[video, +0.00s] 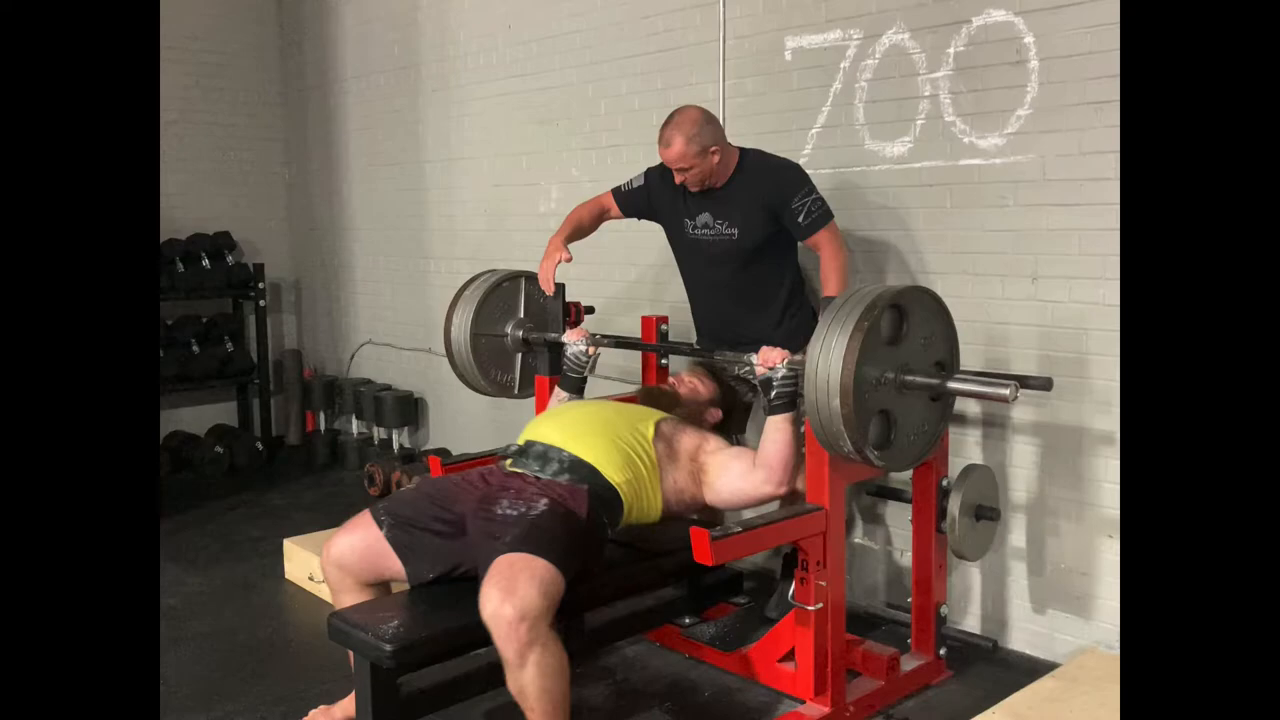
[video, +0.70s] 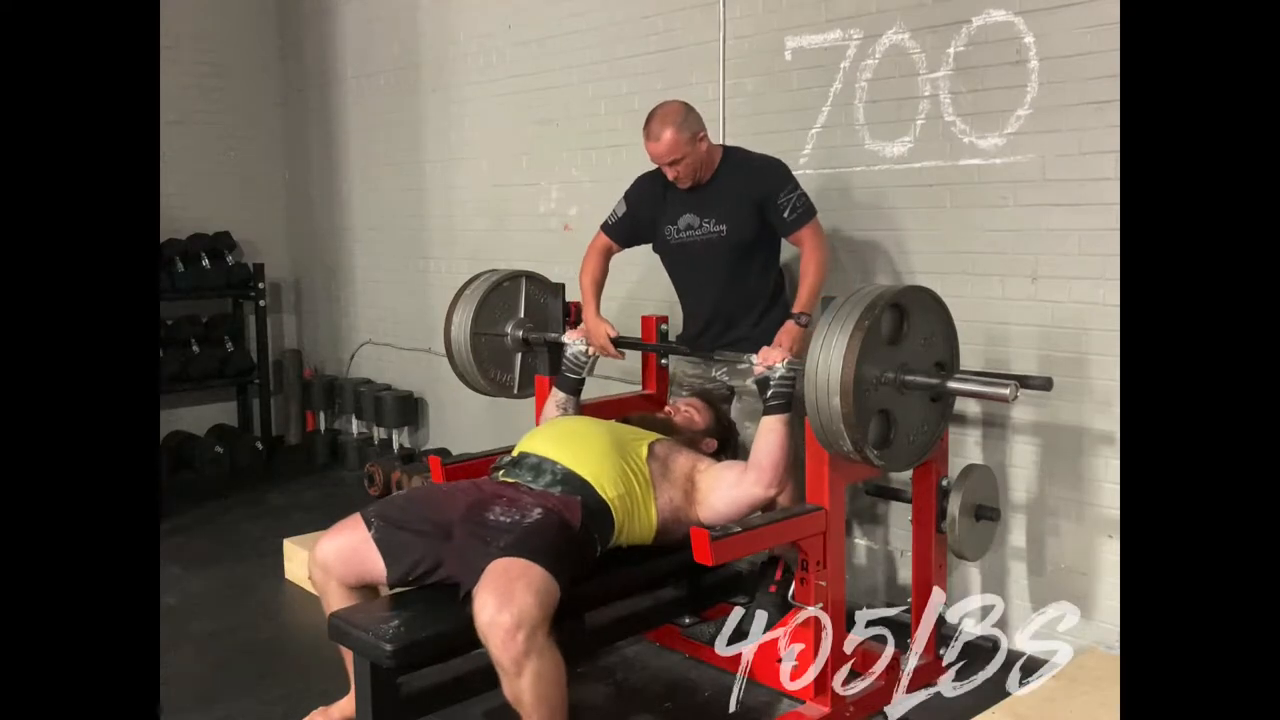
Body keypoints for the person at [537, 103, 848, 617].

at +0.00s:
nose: (677, 179)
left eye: (684, 169)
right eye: (671, 169)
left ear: (717, 153)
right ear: (667, 156)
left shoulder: (778, 178)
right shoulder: (664, 186)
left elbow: (831, 246)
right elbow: (600, 208)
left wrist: (833, 327)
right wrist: (558, 241)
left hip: (791, 350)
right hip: (718, 355)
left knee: (789, 478)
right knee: (713, 475)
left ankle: (795, 585)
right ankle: (724, 588)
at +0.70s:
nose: (670, 175)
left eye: (676, 162)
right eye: (660, 166)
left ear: (703, 140)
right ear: (651, 154)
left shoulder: (763, 176)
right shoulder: (650, 193)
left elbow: (814, 244)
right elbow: (599, 249)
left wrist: (799, 321)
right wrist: (590, 314)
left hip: (761, 355)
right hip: (694, 356)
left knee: (770, 482)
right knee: (688, 479)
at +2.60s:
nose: (631, 202)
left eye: (636, 189)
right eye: (620, 194)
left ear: (659, 161)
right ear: (605, 179)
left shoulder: (724, 194)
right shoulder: (606, 201)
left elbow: (761, 268)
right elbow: (578, 256)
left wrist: (734, 331)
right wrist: (595, 327)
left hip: (727, 364)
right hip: (657, 363)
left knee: (740, 478)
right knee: (633, 473)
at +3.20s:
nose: (625, 200)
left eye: (630, 187)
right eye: (614, 192)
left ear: (651, 157)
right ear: (600, 178)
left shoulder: (719, 192)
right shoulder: (601, 199)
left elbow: (758, 265)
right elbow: (578, 256)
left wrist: (732, 330)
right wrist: (597, 328)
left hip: (725, 364)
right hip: (653, 363)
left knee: (740, 481)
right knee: (630, 476)